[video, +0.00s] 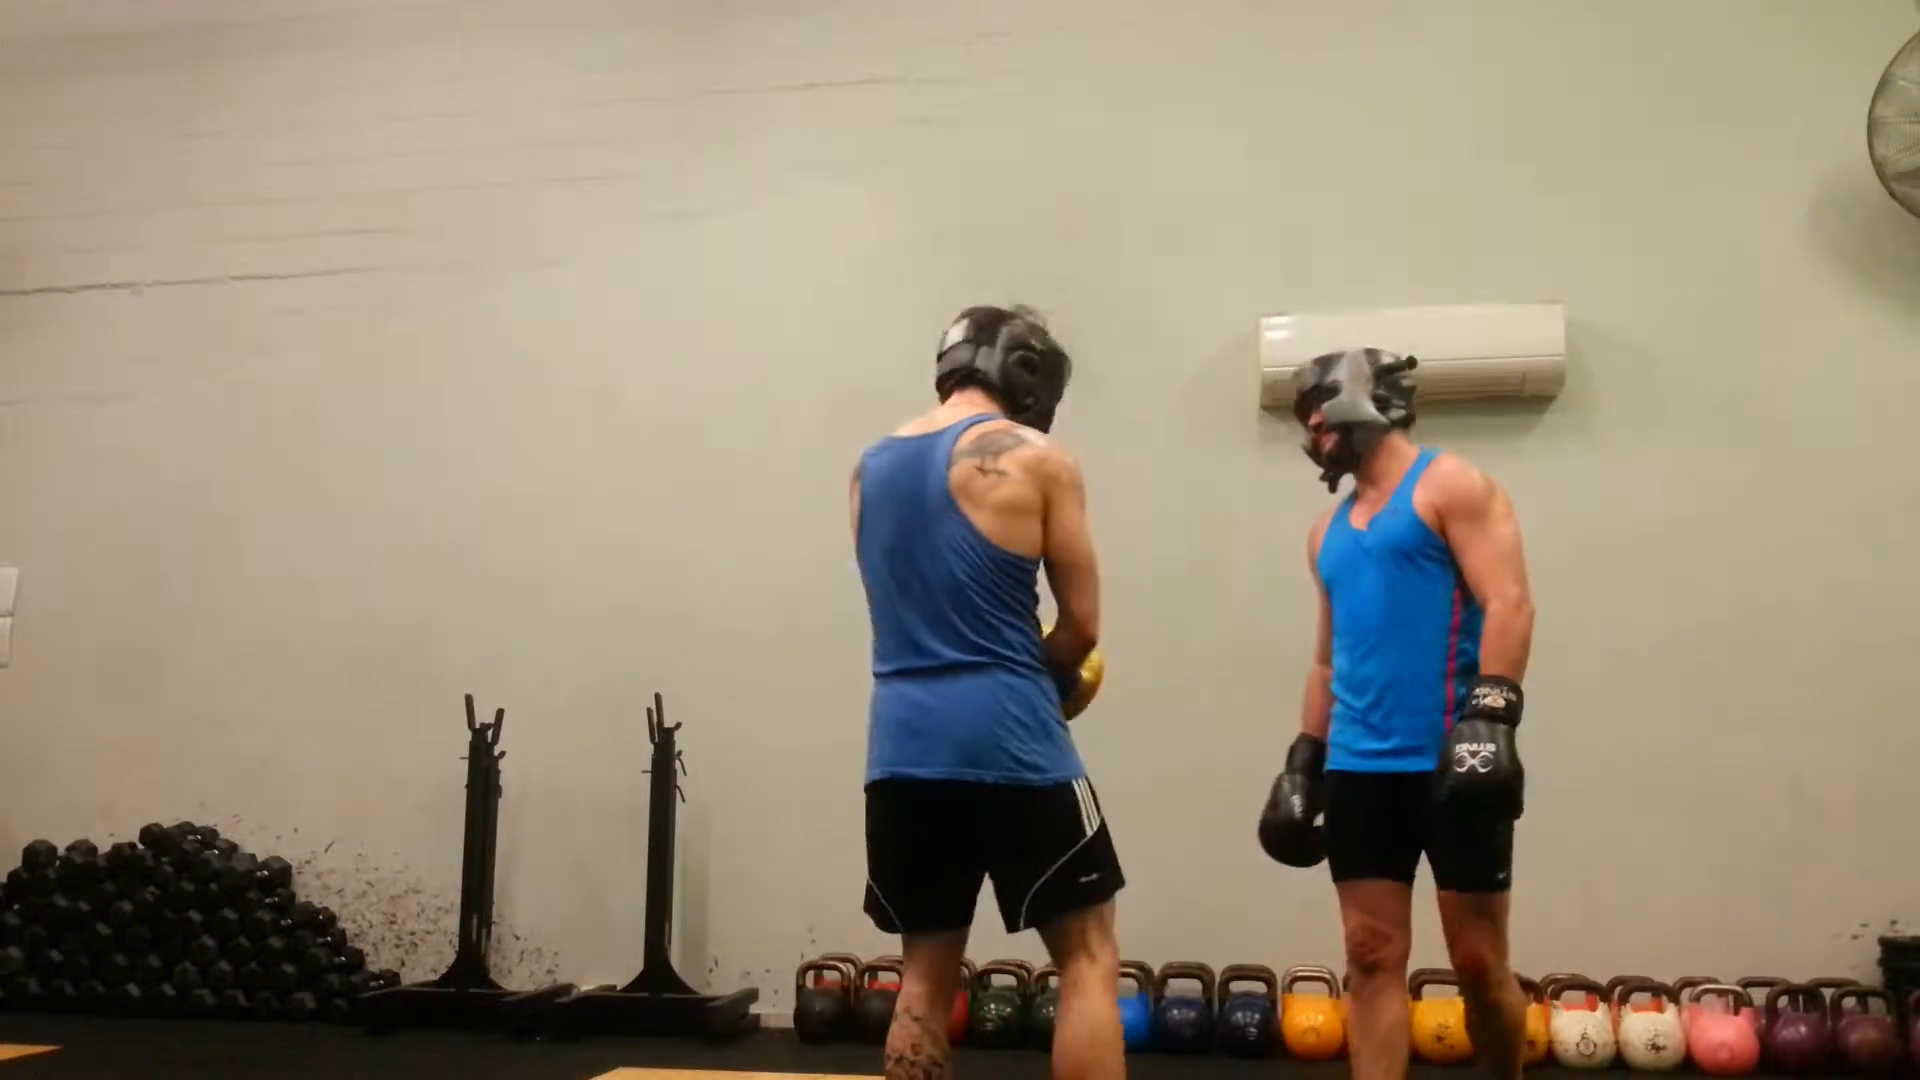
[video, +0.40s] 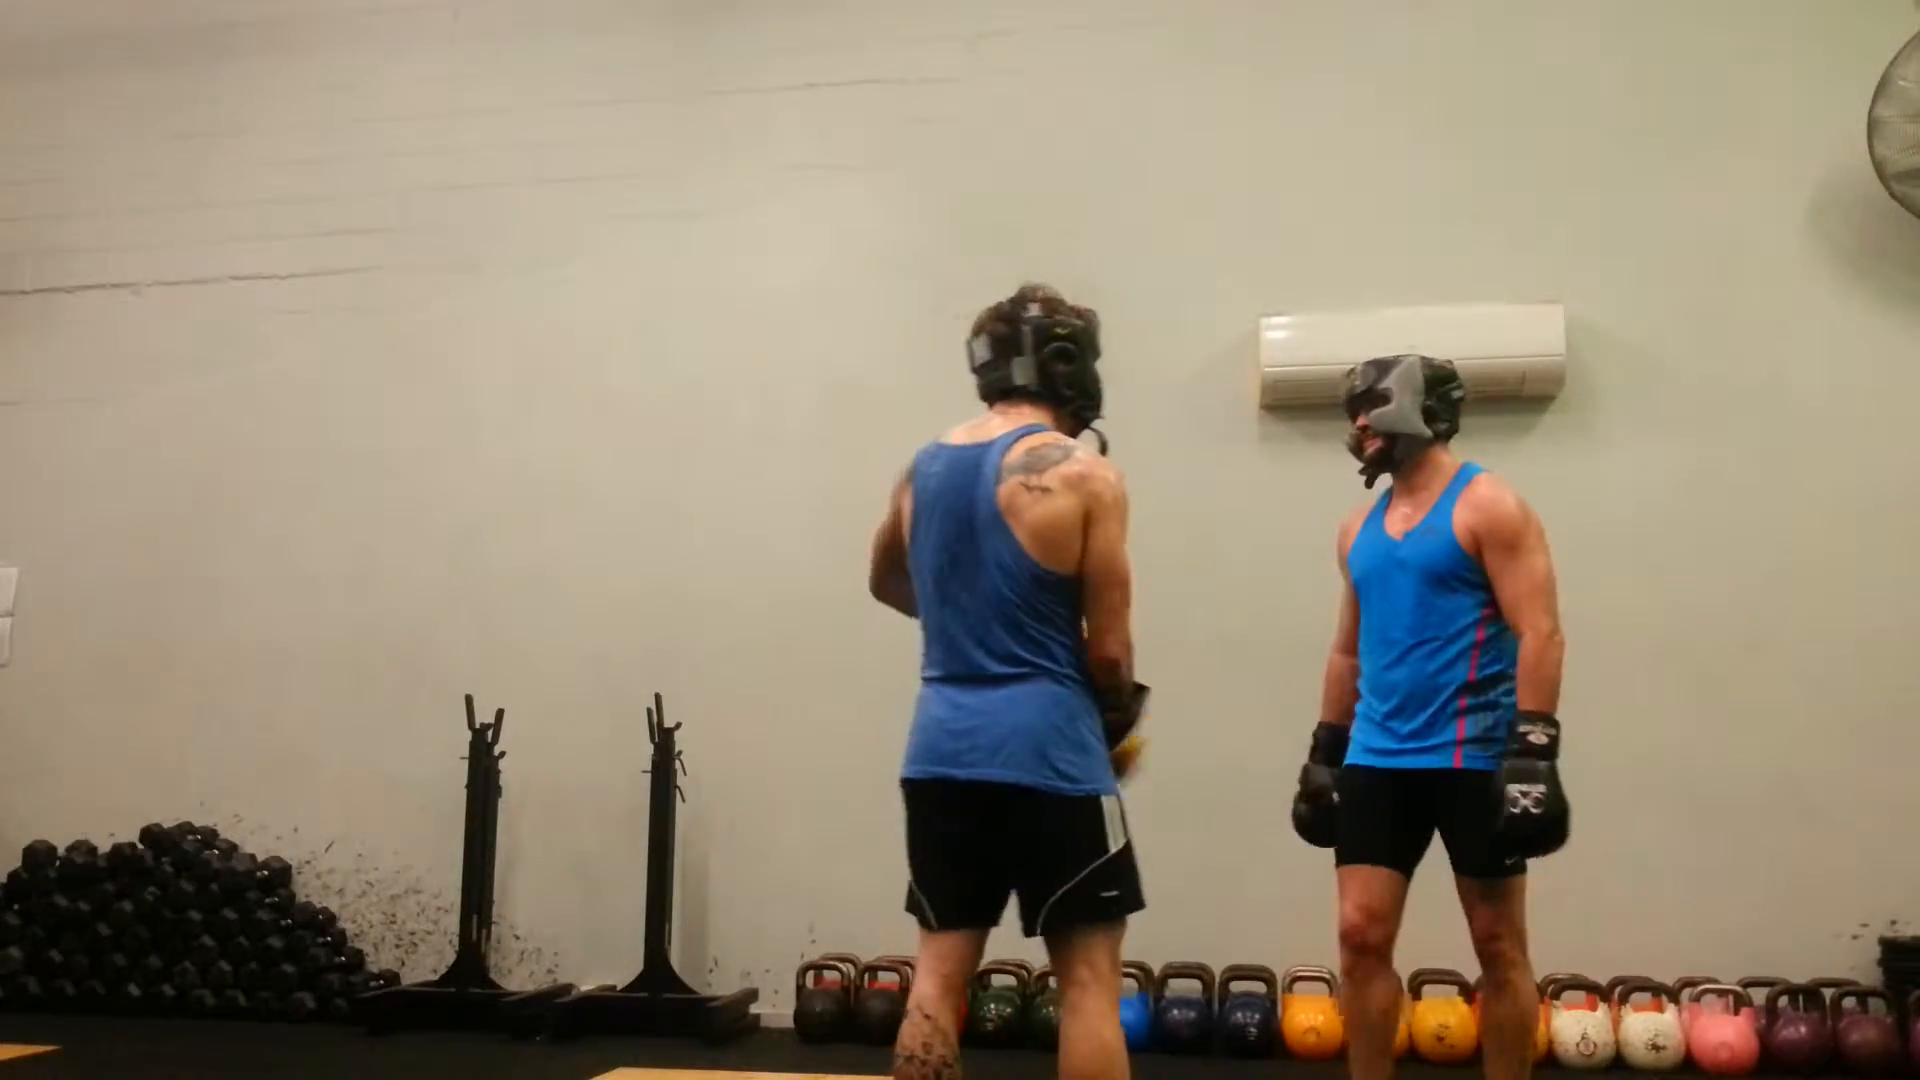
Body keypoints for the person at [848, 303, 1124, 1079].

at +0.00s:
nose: (1046, 405)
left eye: (1047, 392)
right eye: (1044, 389)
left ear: (946, 374)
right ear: (1024, 377)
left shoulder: (871, 465)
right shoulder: (1042, 459)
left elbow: (902, 607)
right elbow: (1080, 624)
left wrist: (1056, 676)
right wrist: (1037, 672)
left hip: (902, 755)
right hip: (1016, 753)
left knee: (925, 971)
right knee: (1087, 961)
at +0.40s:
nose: (1094, 370)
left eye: (1087, 354)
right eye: (1087, 356)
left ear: (985, 369)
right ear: (1071, 368)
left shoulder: (927, 466)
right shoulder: (1091, 478)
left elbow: (888, 581)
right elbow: (1109, 649)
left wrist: (977, 612)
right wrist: (1119, 724)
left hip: (941, 757)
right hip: (1050, 763)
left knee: (940, 969)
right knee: (1089, 981)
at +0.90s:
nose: (1200, 395)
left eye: (1200, 383)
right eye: (1197, 381)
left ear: (1102, 378)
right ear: (1181, 379)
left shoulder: (1033, 455)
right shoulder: (1200, 484)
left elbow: (957, 540)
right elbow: (1219, 651)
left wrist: (1042, 578)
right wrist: (1220, 741)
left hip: (1041, 755)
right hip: (1146, 760)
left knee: (1029, 949)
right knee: (1137, 980)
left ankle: (980, 1078)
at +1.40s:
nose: (1228, 423)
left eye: (1230, 413)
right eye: (1228, 411)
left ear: (1140, 396)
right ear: (1209, 404)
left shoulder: (1075, 464)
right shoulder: (1223, 479)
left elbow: (1031, 554)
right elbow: (1255, 627)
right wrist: (1201, 693)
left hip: (1076, 760)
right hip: (1171, 765)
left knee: (1118, 967)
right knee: (1172, 984)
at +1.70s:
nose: (1231, 443)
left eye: (1235, 433)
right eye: (1232, 429)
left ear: (1143, 404)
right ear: (1210, 410)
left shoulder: (1080, 478)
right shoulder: (1215, 470)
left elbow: (1112, 616)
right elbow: (1263, 616)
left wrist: (1223, 649)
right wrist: (1196, 655)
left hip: (1097, 762)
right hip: (1192, 760)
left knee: (1134, 957)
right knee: (1269, 953)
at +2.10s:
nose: (1314, 409)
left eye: (1310, 397)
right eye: (1309, 396)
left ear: (1218, 395)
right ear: (1294, 399)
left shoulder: (1165, 477)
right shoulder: (1300, 478)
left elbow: (1201, 613)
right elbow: (1348, 620)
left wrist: (1301, 646)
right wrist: (1258, 637)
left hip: (1172, 757)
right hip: (1272, 759)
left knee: (1175, 963)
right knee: (1318, 973)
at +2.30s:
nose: (1381, 391)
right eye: (1374, 378)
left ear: (1276, 383)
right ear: (1359, 387)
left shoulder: (1229, 465)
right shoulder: (1380, 477)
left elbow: (1196, 577)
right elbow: (1403, 606)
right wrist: (1302, 633)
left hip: (1221, 755)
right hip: (1327, 759)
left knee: (1190, 960)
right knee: (1344, 983)